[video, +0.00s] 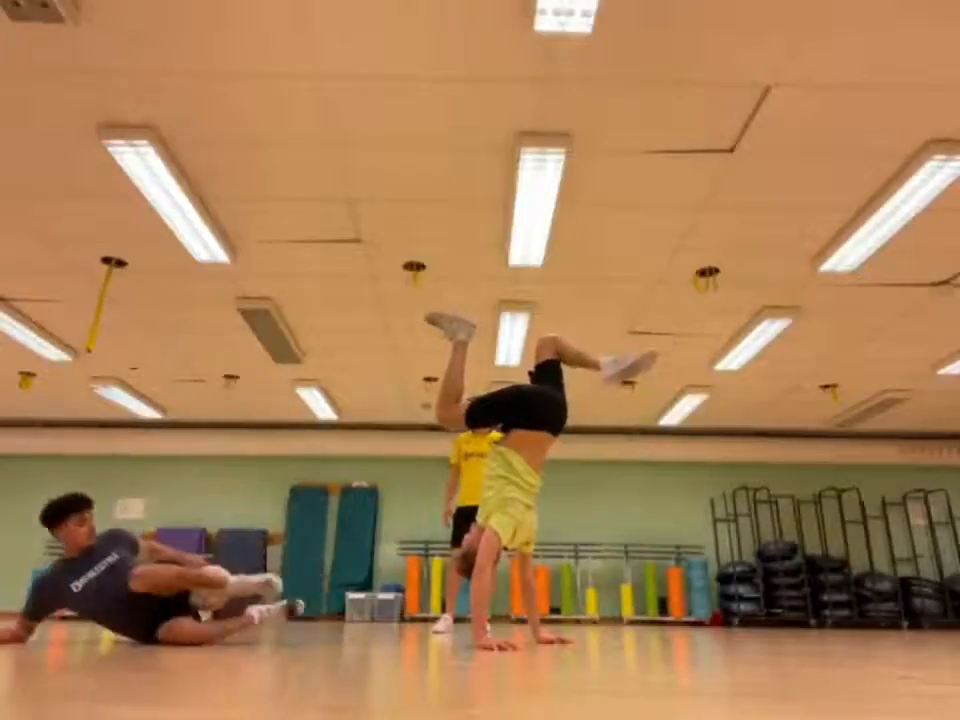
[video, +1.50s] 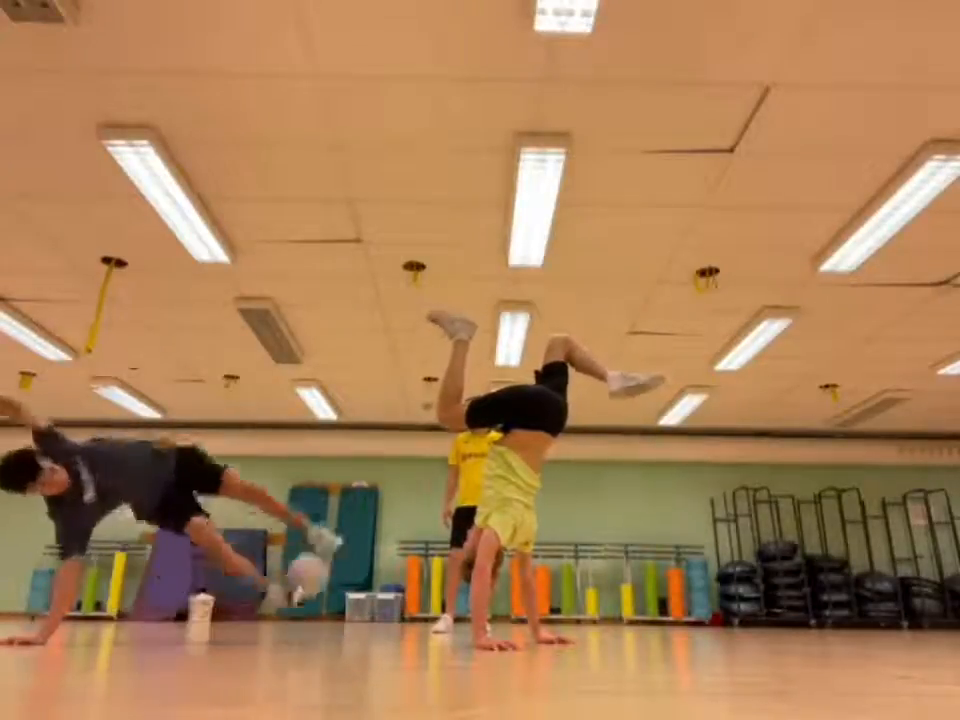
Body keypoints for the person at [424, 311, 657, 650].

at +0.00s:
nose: (469, 535)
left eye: (465, 540)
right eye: (470, 542)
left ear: (469, 543)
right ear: (472, 542)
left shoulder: (523, 535)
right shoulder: (493, 526)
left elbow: (528, 583)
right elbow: (481, 574)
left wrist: (536, 631)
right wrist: (481, 635)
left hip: (551, 413)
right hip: (530, 410)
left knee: (548, 345)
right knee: (449, 414)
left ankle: (607, 365)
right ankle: (460, 340)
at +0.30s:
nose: (468, 540)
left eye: (465, 548)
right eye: (470, 549)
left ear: (468, 543)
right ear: (471, 542)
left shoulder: (523, 537)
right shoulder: (493, 527)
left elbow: (528, 583)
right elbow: (481, 575)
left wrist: (536, 631)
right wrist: (482, 635)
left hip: (551, 414)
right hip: (529, 410)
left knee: (550, 345)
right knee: (449, 414)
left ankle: (606, 369)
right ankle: (459, 340)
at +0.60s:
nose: (468, 544)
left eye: (466, 551)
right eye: (472, 553)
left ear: (468, 543)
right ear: (473, 542)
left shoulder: (524, 535)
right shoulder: (494, 528)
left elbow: (527, 583)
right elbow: (482, 574)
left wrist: (537, 631)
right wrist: (482, 635)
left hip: (553, 414)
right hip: (532, 408)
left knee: (554, 344)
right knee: (451, 416)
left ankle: (610, 369)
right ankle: (458, 342)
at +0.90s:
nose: (485, 561)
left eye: (474, 558)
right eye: (482, 562)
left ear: (473, 547)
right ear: (476, 542)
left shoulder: (525, 535)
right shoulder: (495, 527)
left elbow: (527, 582)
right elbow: (482, 575)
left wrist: (537, 631)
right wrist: (481, 636)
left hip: (554, 414)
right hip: (532, 408)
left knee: (556, 344)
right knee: (452, 416)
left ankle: (612, 370)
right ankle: (459, 342)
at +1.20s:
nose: (484, 567)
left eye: (485, 569)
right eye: (484, 567)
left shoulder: (524, 536)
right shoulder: (493, 528)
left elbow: (527, 583)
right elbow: (481, 575)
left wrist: (537, 632)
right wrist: (481, 636)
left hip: (555, 414)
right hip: (532, 407)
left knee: (559, 344)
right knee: (451, 416)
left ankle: (614, 373)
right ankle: (462, 339)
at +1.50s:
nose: (483, 572)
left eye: (485, 574)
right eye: (481, 573)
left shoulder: (524, 536)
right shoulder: (493, 528)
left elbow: (526, 584)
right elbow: (481, 577)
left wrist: (537, 631)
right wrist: (481, 636)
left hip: (553, 414)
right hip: (529, 408)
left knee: (559, 344)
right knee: (450, 417)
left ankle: (613, 378)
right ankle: (461, 340)